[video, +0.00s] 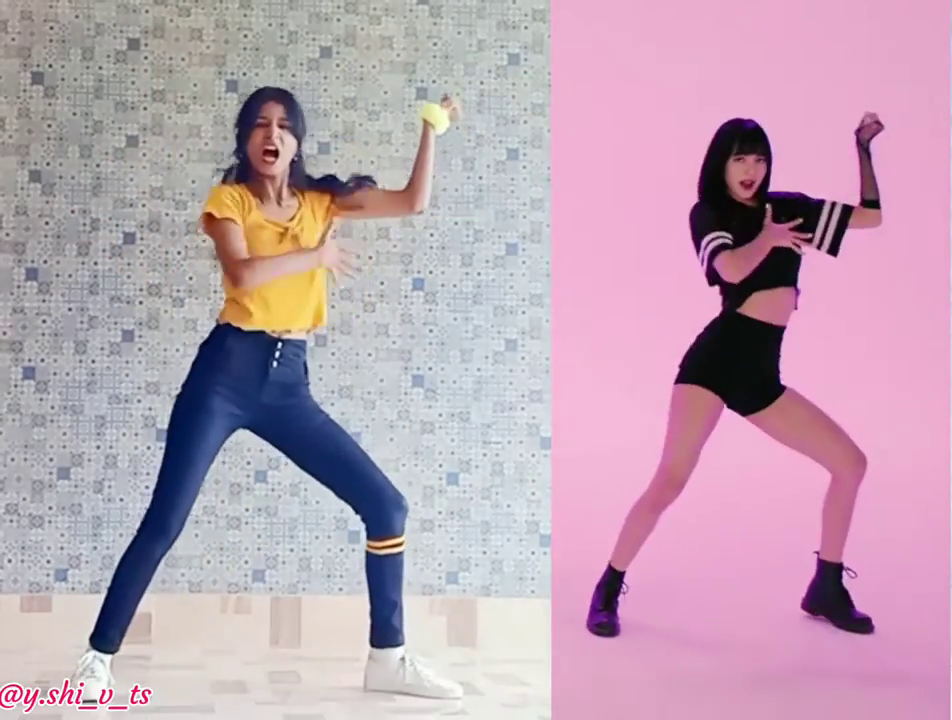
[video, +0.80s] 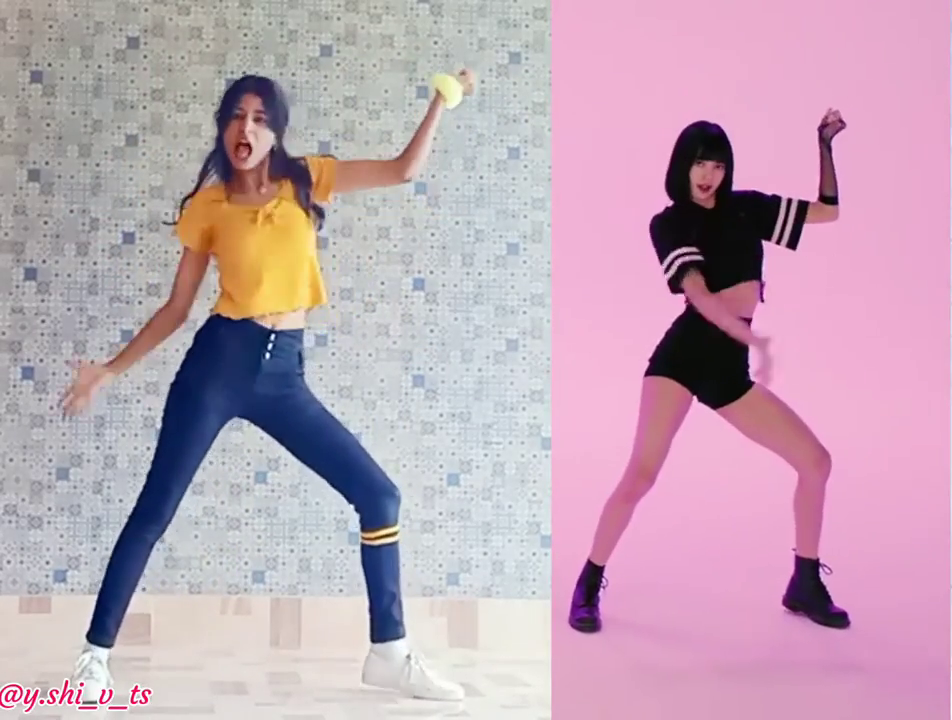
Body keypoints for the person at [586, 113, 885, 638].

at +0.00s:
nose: (748, 170)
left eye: (757, 159)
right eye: (738, 159)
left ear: (768, 165)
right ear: (718, 164)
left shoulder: (783, 209)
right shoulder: (709, 215)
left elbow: (870, 216)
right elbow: (731, 270)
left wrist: (864, 150)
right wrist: (769, 238)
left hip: (759, 374)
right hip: (714, 361)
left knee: (849, 464)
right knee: (669, 482)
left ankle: (826, 587)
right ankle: (608, 589)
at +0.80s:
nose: (707, 176)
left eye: (717, 166)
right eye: (698, 165)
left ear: (727, 169)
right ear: (681, 167)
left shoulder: (747, 209)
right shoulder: (669, 224)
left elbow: (827, 211)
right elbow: (697, 293)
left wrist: (825, 144)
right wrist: (747, 336)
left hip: (727, 367)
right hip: (680, 358)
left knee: (815, 462)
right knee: (640, 476)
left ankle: (805, 583)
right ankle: (589, 584)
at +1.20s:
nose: (711, 175)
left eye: (712, 163)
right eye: (698, 177)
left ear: (731, 164)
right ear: (694, 196)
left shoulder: (779, 223)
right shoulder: (697, 239)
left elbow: (853, 227)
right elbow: (642, 311)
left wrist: (857, 161)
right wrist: (584, 370)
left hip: (750, 381)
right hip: (699, 374)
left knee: (835, 481)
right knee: (670, 503)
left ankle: (828, 589)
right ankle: (625, 613)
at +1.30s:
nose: (751, 203)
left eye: (762, 196)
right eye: (744, 190)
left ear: (771, 207)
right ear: (723, 193)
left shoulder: (777, 258)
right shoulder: (688, 258)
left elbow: (865, 260)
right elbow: (641, 333)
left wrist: (879, 194)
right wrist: (591, 394)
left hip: (773, 400)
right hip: (717, 410)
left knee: (840, 513)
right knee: (659, 499)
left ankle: (833, 603)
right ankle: (632, 622)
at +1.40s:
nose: (772, 227)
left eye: (785, 225)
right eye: (769, 212)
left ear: (792, 236)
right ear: (750, 207)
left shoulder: (786, 280)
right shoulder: (697, 269)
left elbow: (875, 297)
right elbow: (652, 347)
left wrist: (898, 230)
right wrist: (600, 417)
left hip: (786, 409)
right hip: (730, 423)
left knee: (858, 515)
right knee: (668, 496)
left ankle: (850, 610)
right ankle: (642, 626)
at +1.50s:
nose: (785, 221)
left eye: (799, 220)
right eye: (783, 206)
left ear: (804, 233)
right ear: (763, 200)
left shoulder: (795, 275)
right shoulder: (706, 258)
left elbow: (879, 300)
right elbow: (661, 334)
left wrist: (908, 234)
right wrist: (612, 398)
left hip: (796, 401)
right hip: (740, 414)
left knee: (867, 512)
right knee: (672, 497)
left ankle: (864, 615)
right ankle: (648, 635)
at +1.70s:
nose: (775, 197)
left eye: (789, 195)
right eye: (774, 181)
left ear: (797, 207)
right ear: (754, 175)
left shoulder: (801, 243)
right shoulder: (710, 247)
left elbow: (883, 276)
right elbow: (661, 334)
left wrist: (915, 210)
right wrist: (607, 407)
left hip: (778, 403)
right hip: (721, 396)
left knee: (875, 499)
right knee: (662, 508)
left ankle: (891, 623)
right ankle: (627, 592)